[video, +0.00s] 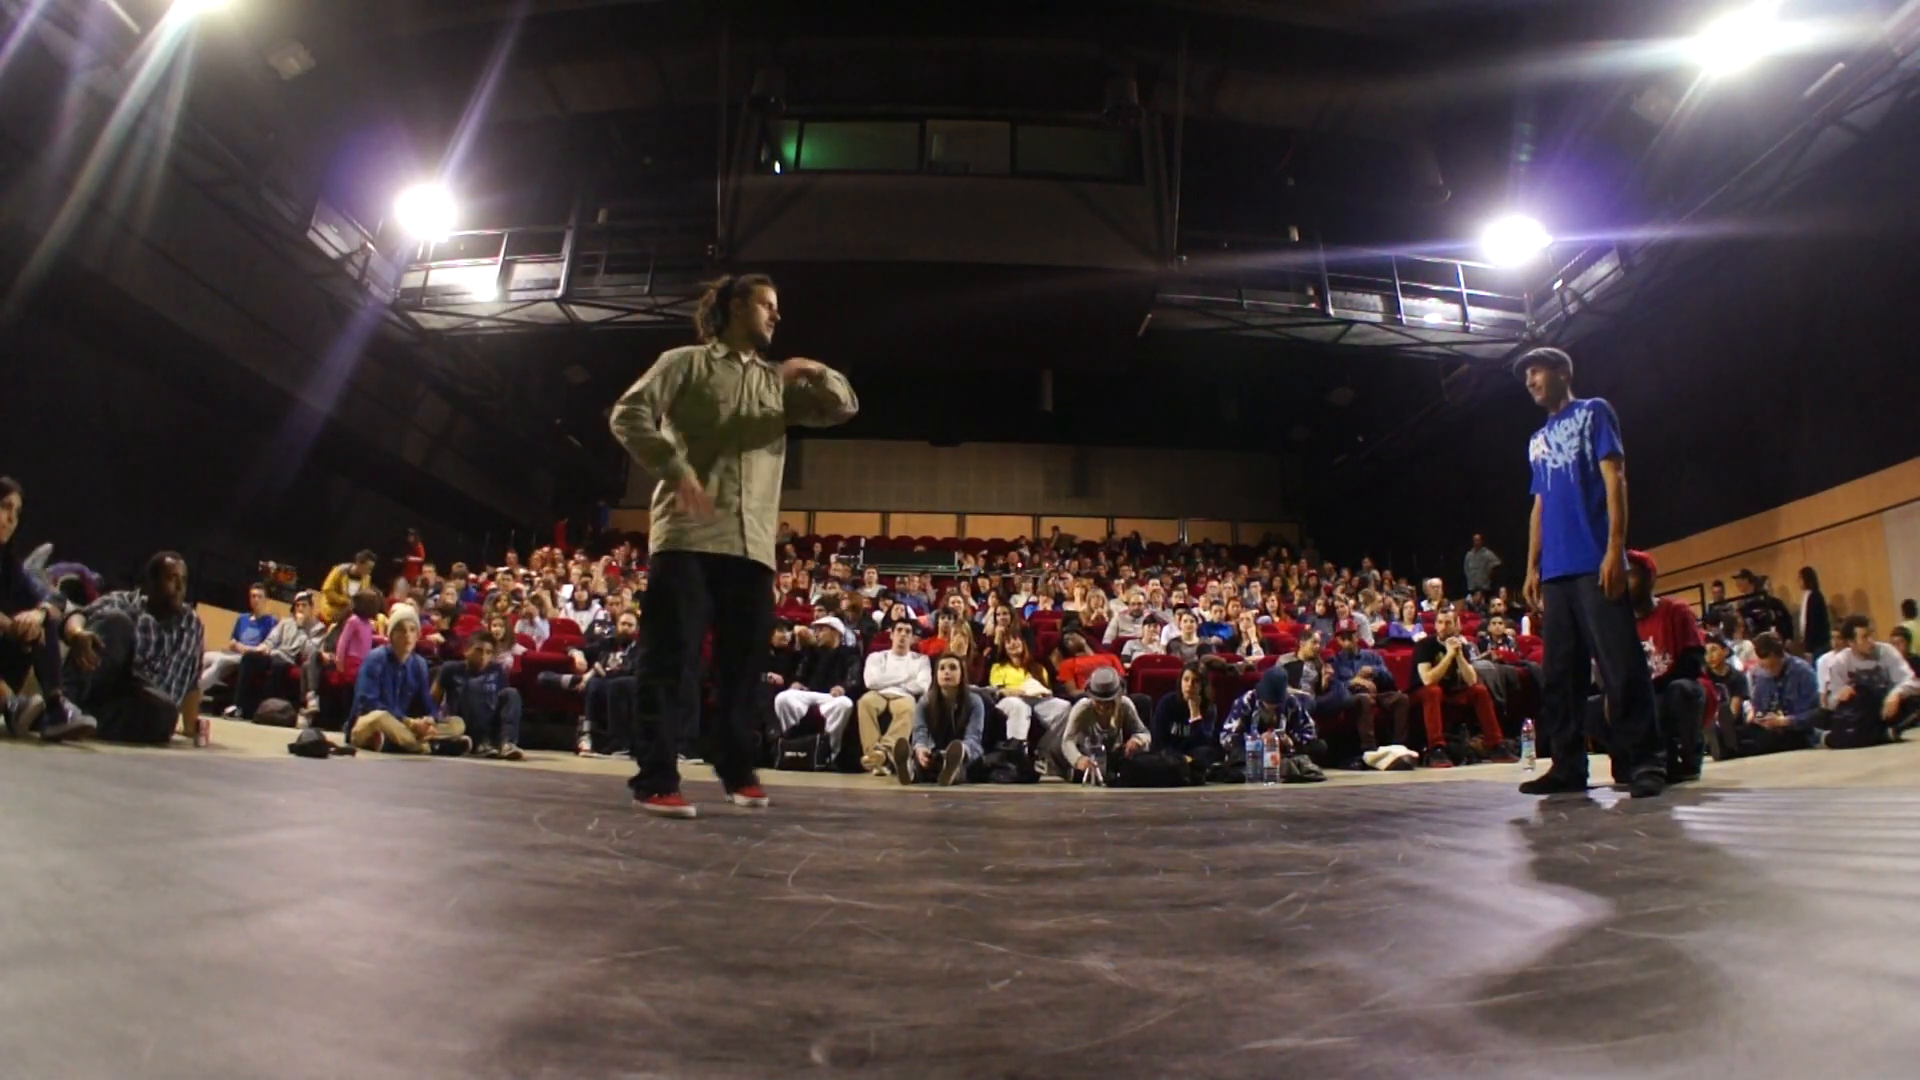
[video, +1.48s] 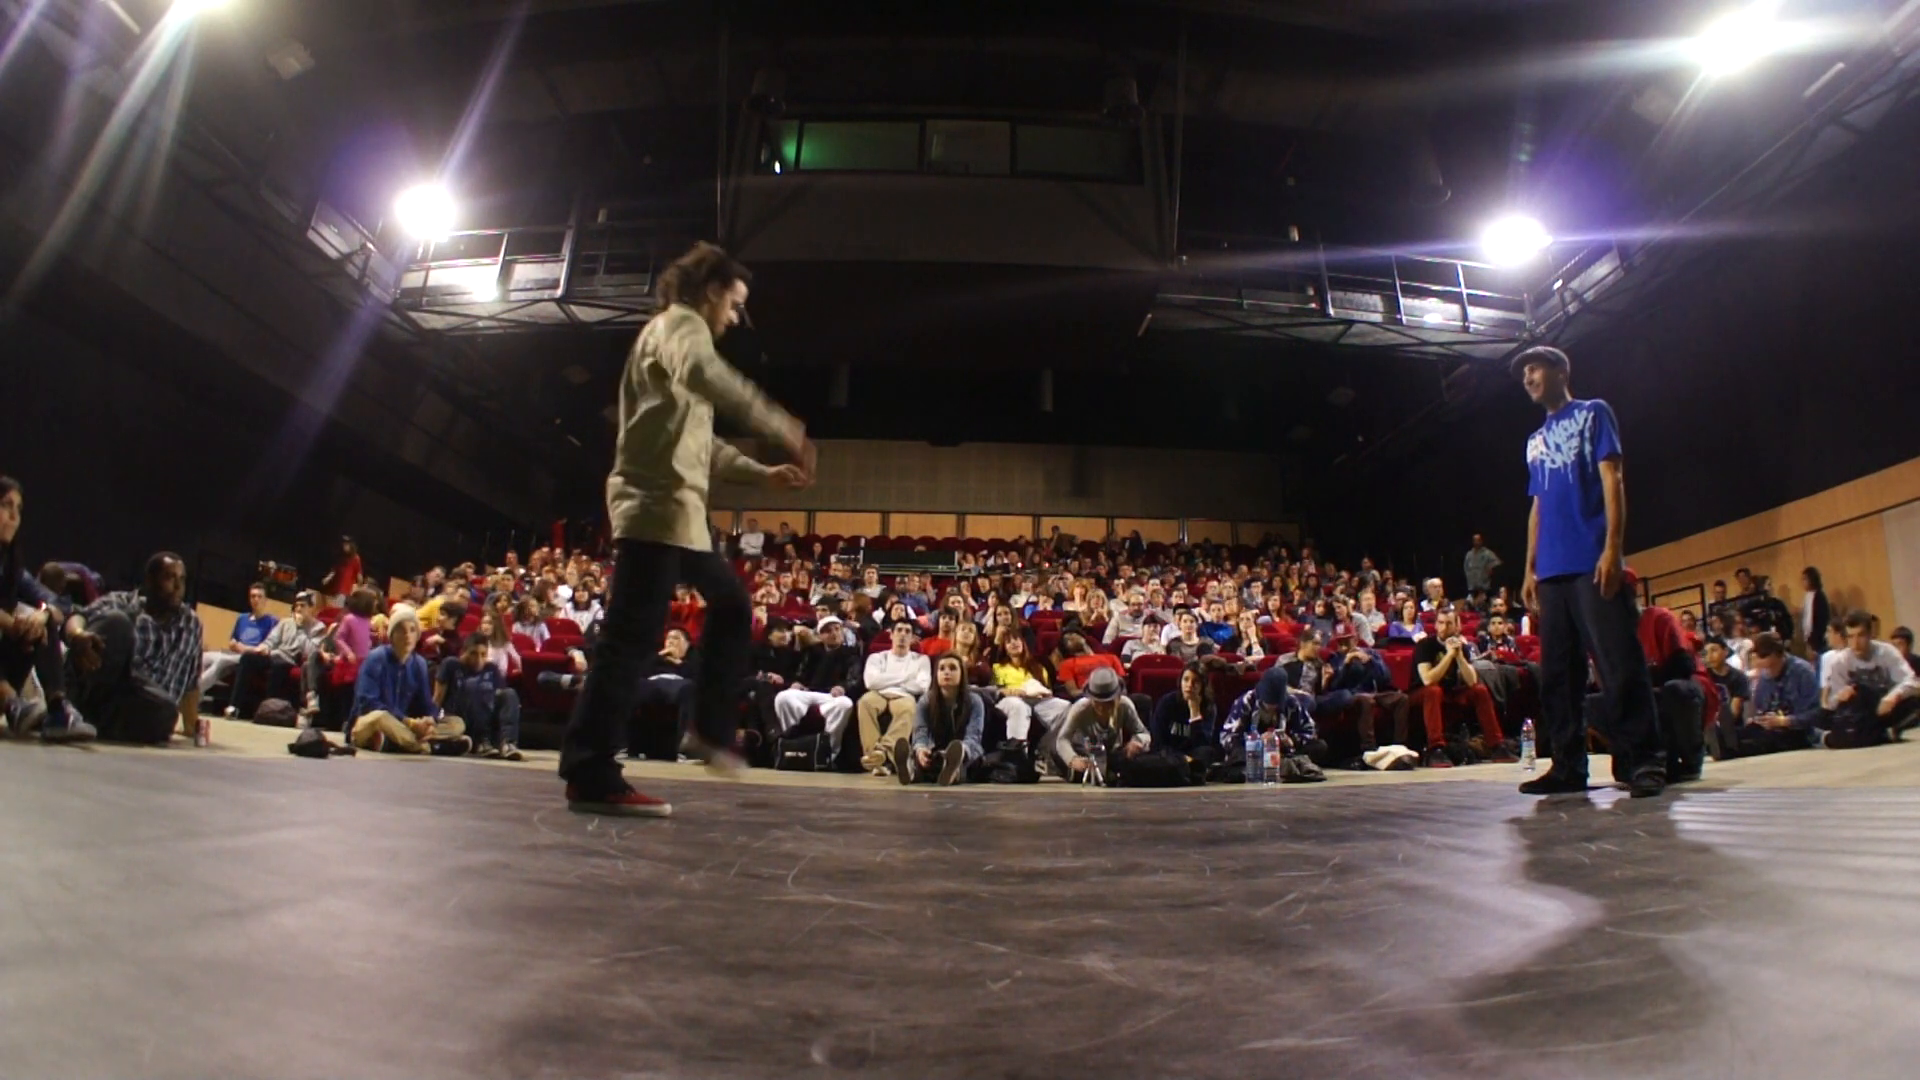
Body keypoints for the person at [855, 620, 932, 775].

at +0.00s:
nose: (903, 635)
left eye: (907, 632)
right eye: (899, 630)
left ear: (912, 638)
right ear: (891, 634)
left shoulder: (921, 659)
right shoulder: (875, 657)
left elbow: (921, 686)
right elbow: (871, 682)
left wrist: (887, 683)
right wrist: (905, 677)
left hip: (904, 694)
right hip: (879, 692)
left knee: (907, 710)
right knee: (865, 703)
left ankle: (884, 750)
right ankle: (875, 760)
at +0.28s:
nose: (903, 635)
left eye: (907, 632)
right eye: (899, 630)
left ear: (912, 638)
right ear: (891, 634)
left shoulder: (921, 660)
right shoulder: (875, 657)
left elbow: (921, 686)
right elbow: (871, 682)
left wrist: (887, 683)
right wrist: (905, 677)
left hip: (904, 694)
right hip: (879, 692)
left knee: (907, 710)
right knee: (865, 703)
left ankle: (884, 750)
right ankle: (875, 760)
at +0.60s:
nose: (903, 635)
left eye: (907, 632)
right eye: (899, 630)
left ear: (913, 638)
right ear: (891, 635)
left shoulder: (921, 659)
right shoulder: (875, 657)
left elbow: (922, 687)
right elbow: (871, 682)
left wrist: (887, 683)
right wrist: (905, 678)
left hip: (904, 695)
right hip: (879, 693)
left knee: (907, 710)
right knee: (866, 707)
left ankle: (884, 750)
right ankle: (876, 761)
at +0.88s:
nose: (903, 635)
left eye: (907, 632)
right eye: (899, 630)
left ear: (912, 638)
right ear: (891, 634)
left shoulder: (921, 659)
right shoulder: (875, 657)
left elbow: (922, 686)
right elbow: (871, 682)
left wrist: (888, 683)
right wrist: (905, 678)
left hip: (904, 694)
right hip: (879, 692)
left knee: (907, 710)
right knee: (865, 703)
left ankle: (884, 750)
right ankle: (876, 761)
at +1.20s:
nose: (903, 635)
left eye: (907, 632)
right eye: (899, 630)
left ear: (912, 638)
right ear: (891, 634)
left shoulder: (921, 659)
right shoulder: (875, 657)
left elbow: (921, 686)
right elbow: (871, 682)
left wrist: (887, 683)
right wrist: (904, 678)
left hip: (904, 694)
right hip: (879, 692)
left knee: (907, 710)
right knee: (865, 703)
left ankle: (884, 750)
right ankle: (876, 761)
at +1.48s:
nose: (903, 635)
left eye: (907, 632)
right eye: (899, 630)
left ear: (912, 638)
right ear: (891, 634)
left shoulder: (921, 659)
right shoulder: (876, 658)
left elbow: (921, 686)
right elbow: (871, 682)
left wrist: (886, 683)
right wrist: (905, 678)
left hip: (904, 694)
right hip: (879, 692)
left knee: (907, 710)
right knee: (865, 703)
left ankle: (884, 750)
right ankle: (876, 761)